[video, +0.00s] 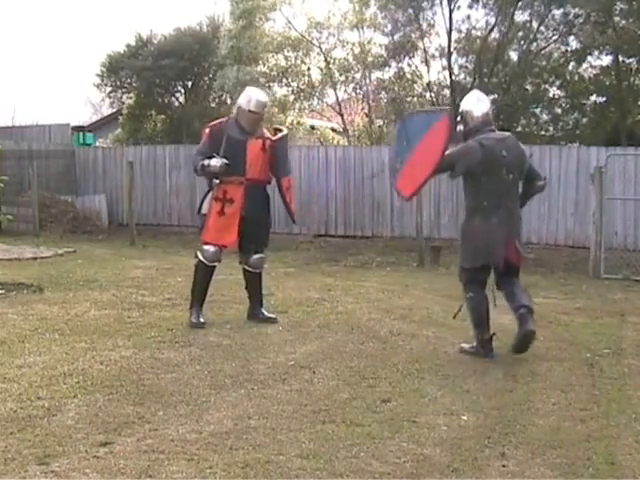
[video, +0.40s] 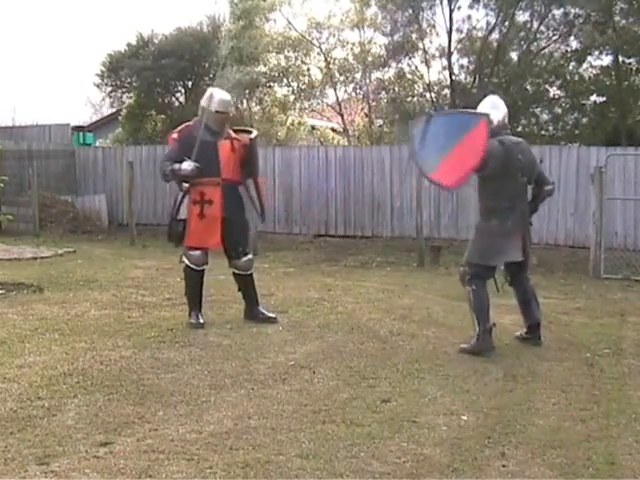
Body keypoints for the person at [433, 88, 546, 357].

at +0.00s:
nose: (463, 123)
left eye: (464, 118)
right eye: (463, 118)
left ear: (471, 118)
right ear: (490, 116)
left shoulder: (473, 148)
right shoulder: (513, 145)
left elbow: (435, 165)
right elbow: (536, 182)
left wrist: (452, 139)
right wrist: (516, 203)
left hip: (479, 226)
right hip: (509, 224)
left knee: (473, 283)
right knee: (508, 278)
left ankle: (483, 343)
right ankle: (525, 320)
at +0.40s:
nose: (480, 124)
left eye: (482, 120)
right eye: (480, 120)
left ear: (490, 120)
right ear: (505, 119)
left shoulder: (487, 147)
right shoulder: (521, 147)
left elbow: (474, 165)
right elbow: (544, 185)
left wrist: (472, 131)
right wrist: (529, 209)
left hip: (492, 226)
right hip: (517, 225)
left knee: (476, 277)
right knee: (518, 275)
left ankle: (483, 336)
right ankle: (533, 329)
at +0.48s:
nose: (482, 124)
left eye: (484, 120)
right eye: (482, 120)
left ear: (492, 120)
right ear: (508, 118)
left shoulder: (494, 147)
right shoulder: (524, 147)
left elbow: (475, 175)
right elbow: (543, 184)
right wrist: (526, 208)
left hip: (494, 223)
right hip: (520, 222)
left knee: (468, 269)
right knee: (517, 272)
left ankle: (482, 326)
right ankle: (533, 328)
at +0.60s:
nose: (483, 124)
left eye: (484, 120)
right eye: (483, 120)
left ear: (489, 120)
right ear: (508, 117)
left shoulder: (499, 147)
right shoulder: (525, 146)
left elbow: (488, 185)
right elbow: (539, 183)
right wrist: (520, 203)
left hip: (497, 222)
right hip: (522, 224)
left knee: (461, 260)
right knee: (519, 273)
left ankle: (475, 323)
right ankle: (534, 328)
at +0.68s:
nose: (480, 124)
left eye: (482, 119)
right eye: (481, 119)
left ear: (491, 119)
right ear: (506, 118)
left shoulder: (500, 147)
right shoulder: (522, 145)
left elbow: (488, 181)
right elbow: (536, 181)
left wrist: (478, 138)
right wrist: (521, 201)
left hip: (496, 221)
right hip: (521, 222)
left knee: (463, 263)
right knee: (521, 272)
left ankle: (460, 325)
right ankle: (534, 329)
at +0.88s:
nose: (468, 128)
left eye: (472, 124)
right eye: (468, 123)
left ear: (485, 124)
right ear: (494, 123)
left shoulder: (489, 150)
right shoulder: (510, 149)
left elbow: (479, 186)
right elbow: (523, 185)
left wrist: (467, 147)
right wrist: (508, 204)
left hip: (490, 223)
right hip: (514, 222)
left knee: (461, 271)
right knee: (521, 272)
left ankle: (437, 326)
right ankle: (535, 329)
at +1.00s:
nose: (458, 129)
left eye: (460, 124)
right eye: (458, 125)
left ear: (470, 125)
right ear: (483, 124)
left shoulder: (479, 151)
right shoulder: (502, 149)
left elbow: (469, 183)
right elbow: (507, 185)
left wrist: (457, 149)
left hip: (480, 225)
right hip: (505, 224)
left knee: (451, 271)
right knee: (513, 274)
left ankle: (433, 327)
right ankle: (533, 328)